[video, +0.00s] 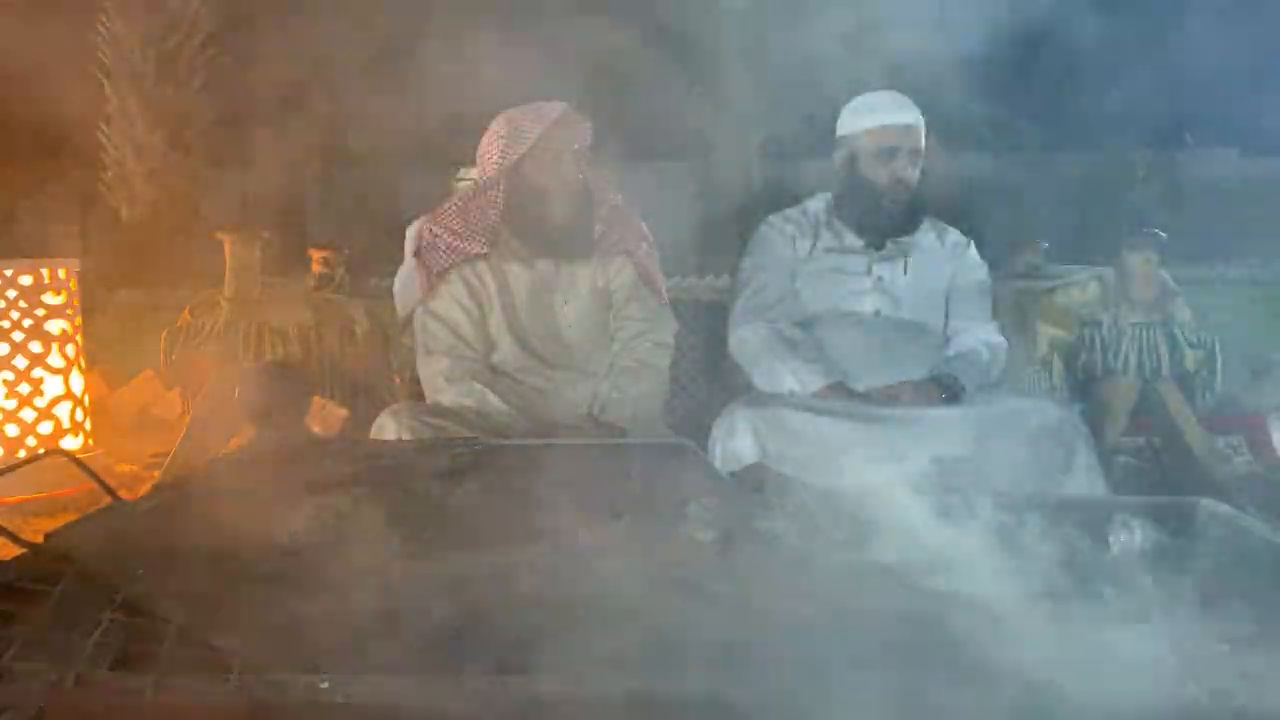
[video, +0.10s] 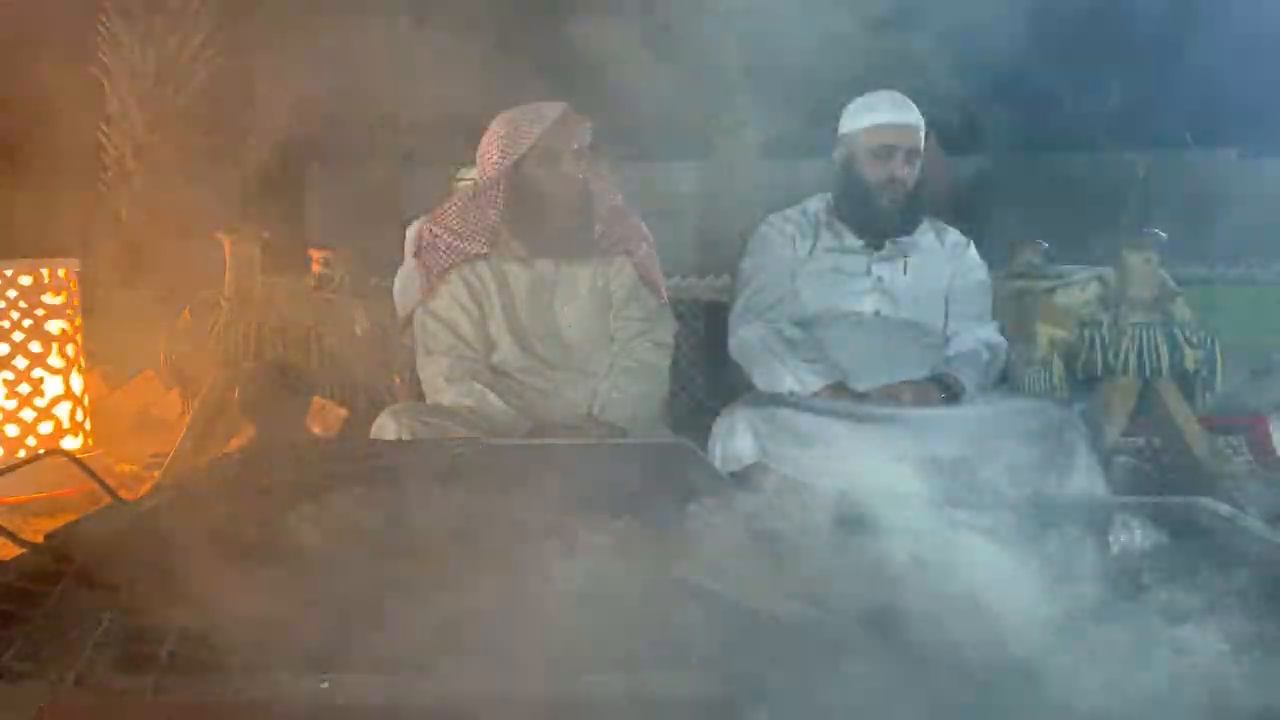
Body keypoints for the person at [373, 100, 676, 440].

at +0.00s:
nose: (580, 176)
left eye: (581, 159)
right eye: (560, 160)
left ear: (591, 167)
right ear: (514, 174)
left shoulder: (620, 258)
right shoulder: (459, 265)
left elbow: (646, 354)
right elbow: (449, 381)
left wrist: (606, 432)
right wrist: (526, 439)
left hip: (598, 439)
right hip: (496, 437)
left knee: (681, 466)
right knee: (397, 427)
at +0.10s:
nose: (579, 172)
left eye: (581, 156)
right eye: (555, 160)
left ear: (591, 161)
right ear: (515, 172)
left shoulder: (618, 254)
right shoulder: (461, 260)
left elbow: (647, 349)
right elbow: (448, 376)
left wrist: (607, 429)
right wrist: (521, 437)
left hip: (601, 436)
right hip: (498, 437)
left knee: (678, 461)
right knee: (397, 427)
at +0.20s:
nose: (575, 178)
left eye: (580, 159)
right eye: (551, 162)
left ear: (593, 167)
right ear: (508, 177)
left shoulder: (619, 258)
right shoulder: (459, 263)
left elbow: (645, 350)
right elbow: (447, 378)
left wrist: (605, 429)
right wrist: (528, 434)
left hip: (602, 436)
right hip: (498, 436)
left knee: (679, 462)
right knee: (397, 427)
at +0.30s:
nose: (573, 175)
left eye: (579, 158)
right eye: (550, 159)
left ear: (592, 166)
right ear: (509, 173)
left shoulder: (621, 256)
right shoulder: (458, 261)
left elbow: (645, 352)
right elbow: (449, 382)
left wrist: (603, 435)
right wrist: (526, 437)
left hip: (602, 437)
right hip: (495, 438)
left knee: (679, 461)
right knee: (396, 427)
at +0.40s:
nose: (572, 175)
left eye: (578, 158)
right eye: (550, 159)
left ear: (590, 167)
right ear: (508, 174)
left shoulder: (620, 263)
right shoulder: (460, 268)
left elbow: (643, 362)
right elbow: (448, 379)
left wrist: (603, 439)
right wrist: (526, 435)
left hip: (598, 440)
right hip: (496, 440)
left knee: (675, 462)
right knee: (396, 426)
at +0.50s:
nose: (574, 174)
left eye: (577, 158)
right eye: (551, 159)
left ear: (588, 166)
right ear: (509, 175)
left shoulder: (616, 263)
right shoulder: (461, 269)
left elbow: (644, 350)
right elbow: (448, 379)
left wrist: (607, 428)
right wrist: (525, 434)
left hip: (596, 435)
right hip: (497, 437)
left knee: (670, 453)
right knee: (397, 426)